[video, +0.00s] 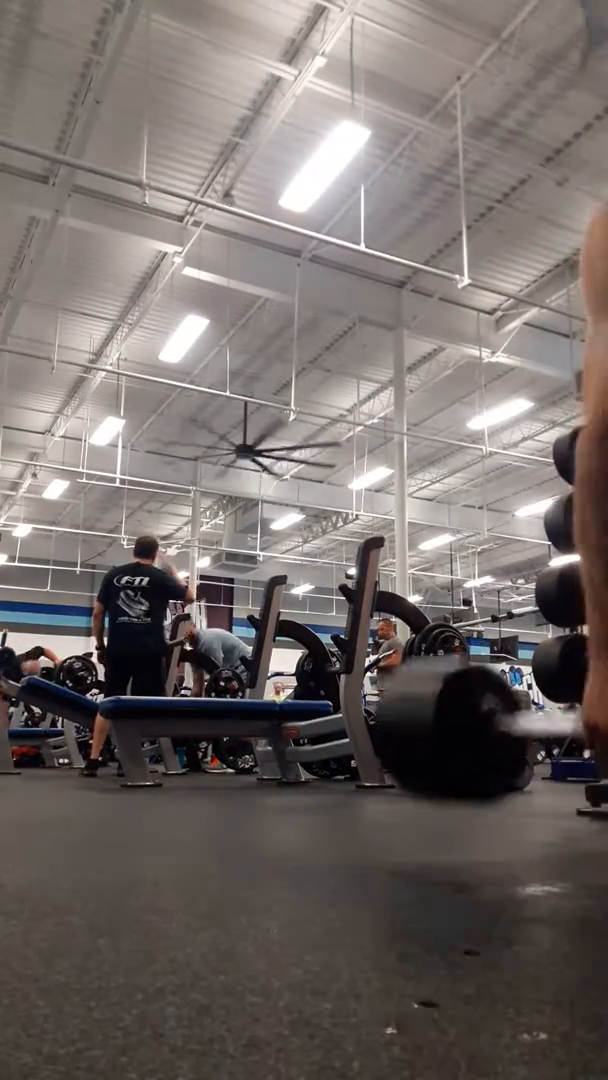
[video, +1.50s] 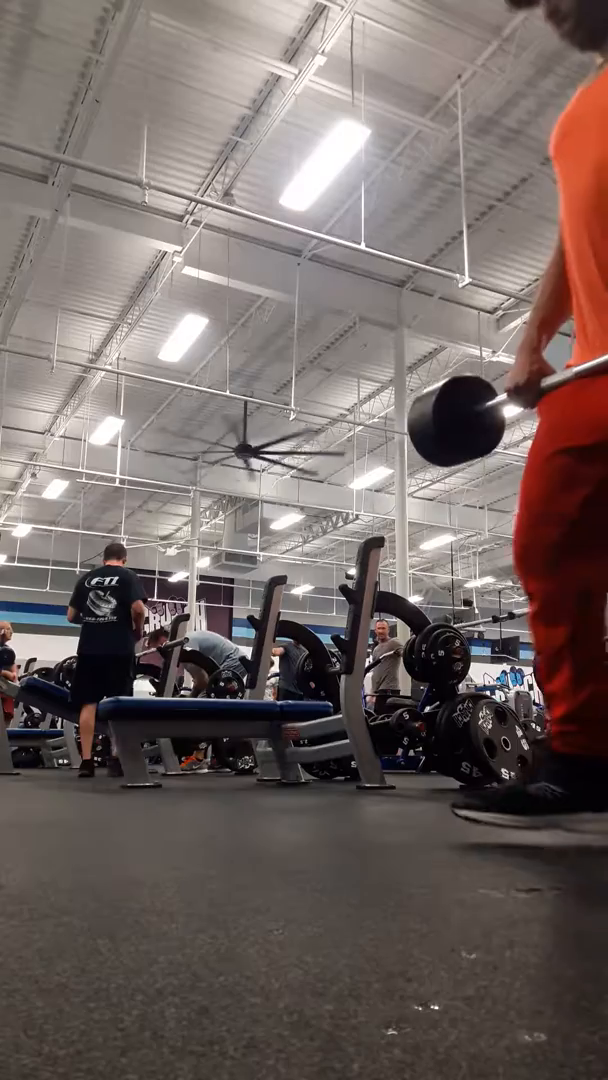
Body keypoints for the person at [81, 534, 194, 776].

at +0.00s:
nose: (158, 557)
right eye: (158, 554)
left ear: (133, 553)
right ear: (155, 555)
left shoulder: (114, 574)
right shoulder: (161, 578)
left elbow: (98, 612)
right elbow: (189, 596)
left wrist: (99, 645)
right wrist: (180, 577)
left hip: (118, 648)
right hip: (149, 650)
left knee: (109, 702)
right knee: (150, 704)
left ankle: (93, 758)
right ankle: (138, 763)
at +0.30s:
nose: (155, 559)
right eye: (155, 555)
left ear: (130, 553)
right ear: (152, 556)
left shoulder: (112, 575)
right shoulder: (156, 577)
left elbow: (96, 613)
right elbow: (177, 601)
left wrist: (98, 647)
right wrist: (167, 613)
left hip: (115, 649)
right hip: (146, 650)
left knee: (105, 703)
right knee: (146, 706)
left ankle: (88, 759)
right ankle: (136, 766)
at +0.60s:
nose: (153, 564)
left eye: (151, 561)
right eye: (154, 561)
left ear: (131, 555)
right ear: (151, 559)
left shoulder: (108, 575)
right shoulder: (152, 576)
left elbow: (93, 613)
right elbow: (169, 604)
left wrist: (94, 646)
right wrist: (158, 621)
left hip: (110, 650)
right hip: (140, 651)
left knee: (103, 704)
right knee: (139, 705)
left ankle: (88, 760)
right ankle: (130, 763)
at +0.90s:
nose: (138, 564)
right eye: (141, 561)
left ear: (121, 555)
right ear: (141, 559)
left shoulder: (101, 577)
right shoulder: (145, 579)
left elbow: (85, 613)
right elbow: (154, 612)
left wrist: (88, 642)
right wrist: (148, 620)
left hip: (102, 651)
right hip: (132, 652)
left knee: (98, 705)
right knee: (134, 706)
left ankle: (88, 760)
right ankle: (129, 763)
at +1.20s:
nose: (123, 562)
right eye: (127, 559)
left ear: (108, 557)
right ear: (129, 559)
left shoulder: (90, 577)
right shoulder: (134, 578)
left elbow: (74, 614)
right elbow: (144, 610)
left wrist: (88, 631)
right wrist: (141, 627)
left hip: (93, 649)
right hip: (122, 650)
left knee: (91, 703)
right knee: (124, 704)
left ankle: (87, 760)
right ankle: (126, 760)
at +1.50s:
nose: (123, 563)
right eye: (124, 560)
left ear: (103, 559)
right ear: (124, 559)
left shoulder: (86, 578)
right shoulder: (129, 576)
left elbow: (72, 615)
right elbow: (138, 608)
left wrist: (92, 618)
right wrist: (138, 628)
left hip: (89, 650)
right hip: (119, 651)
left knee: (88, 704)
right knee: (120, 704)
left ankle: (86, 760)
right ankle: (117, 758)